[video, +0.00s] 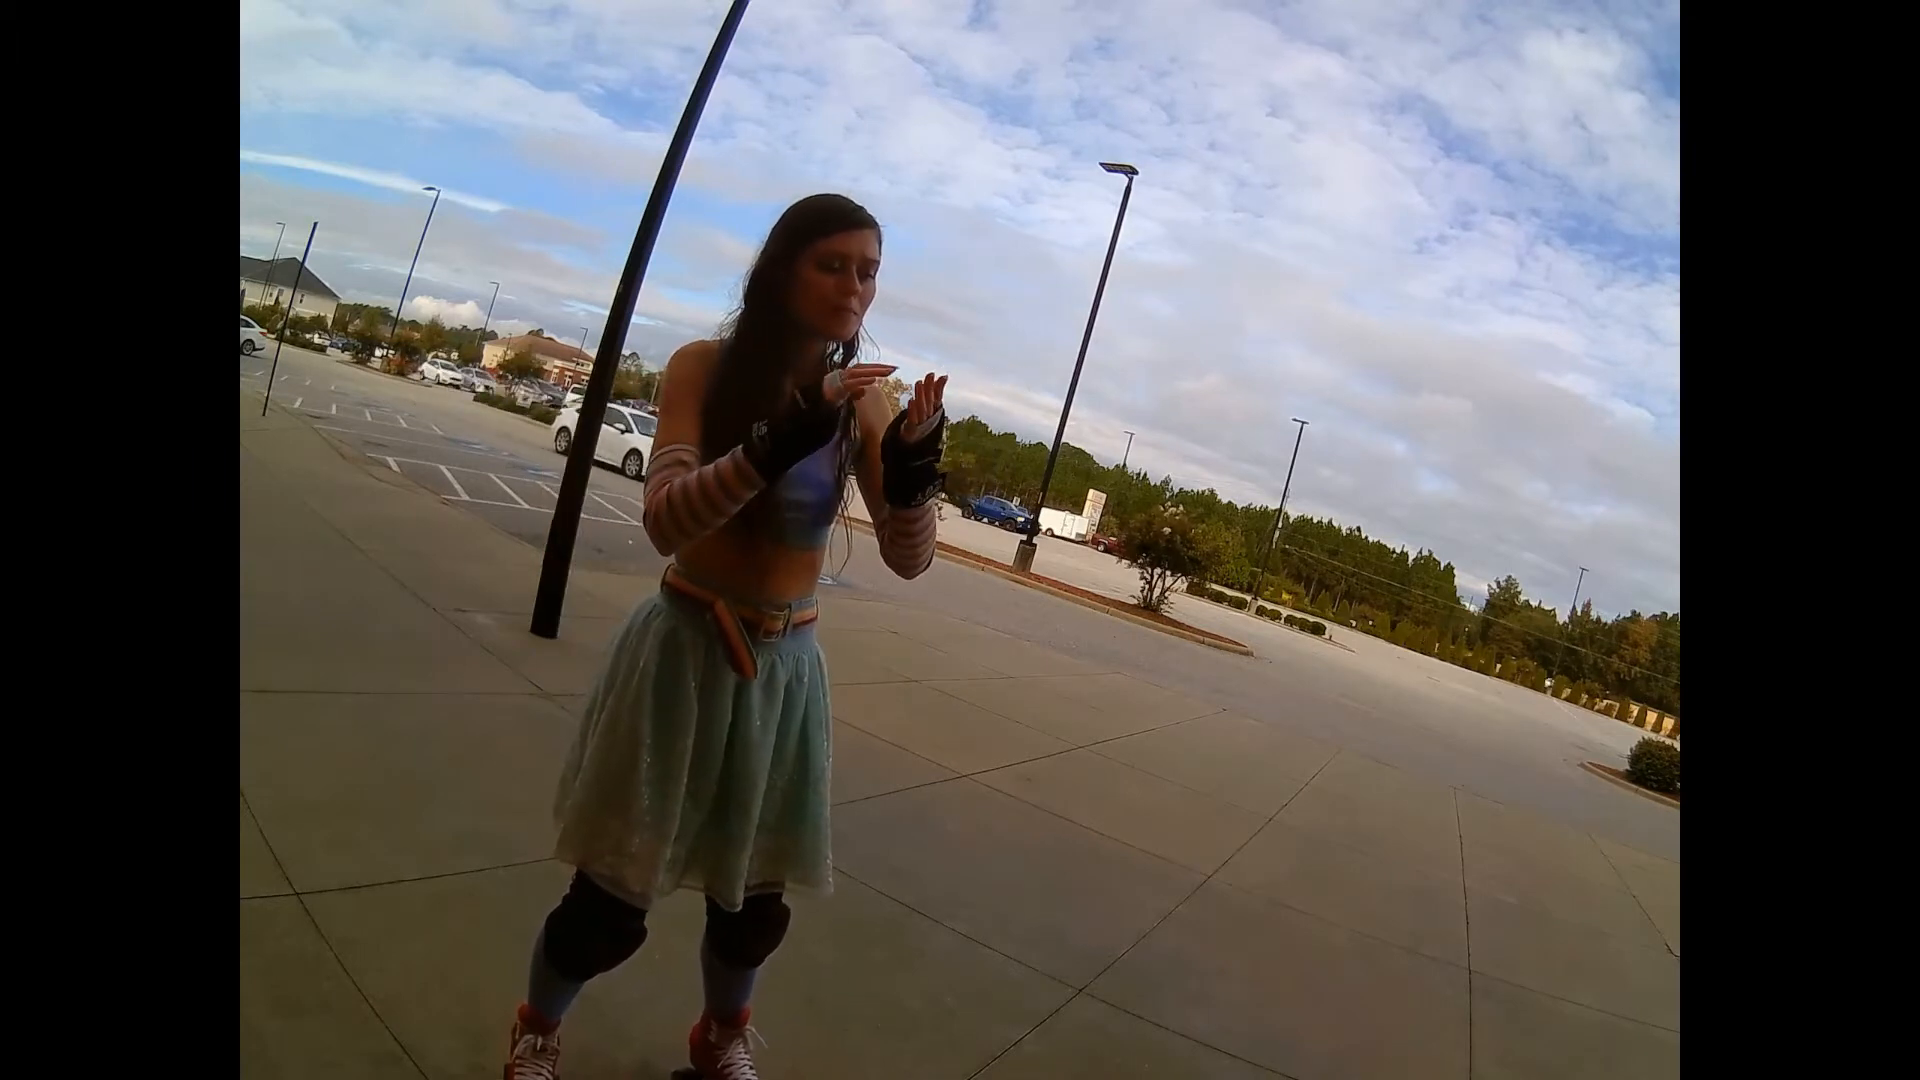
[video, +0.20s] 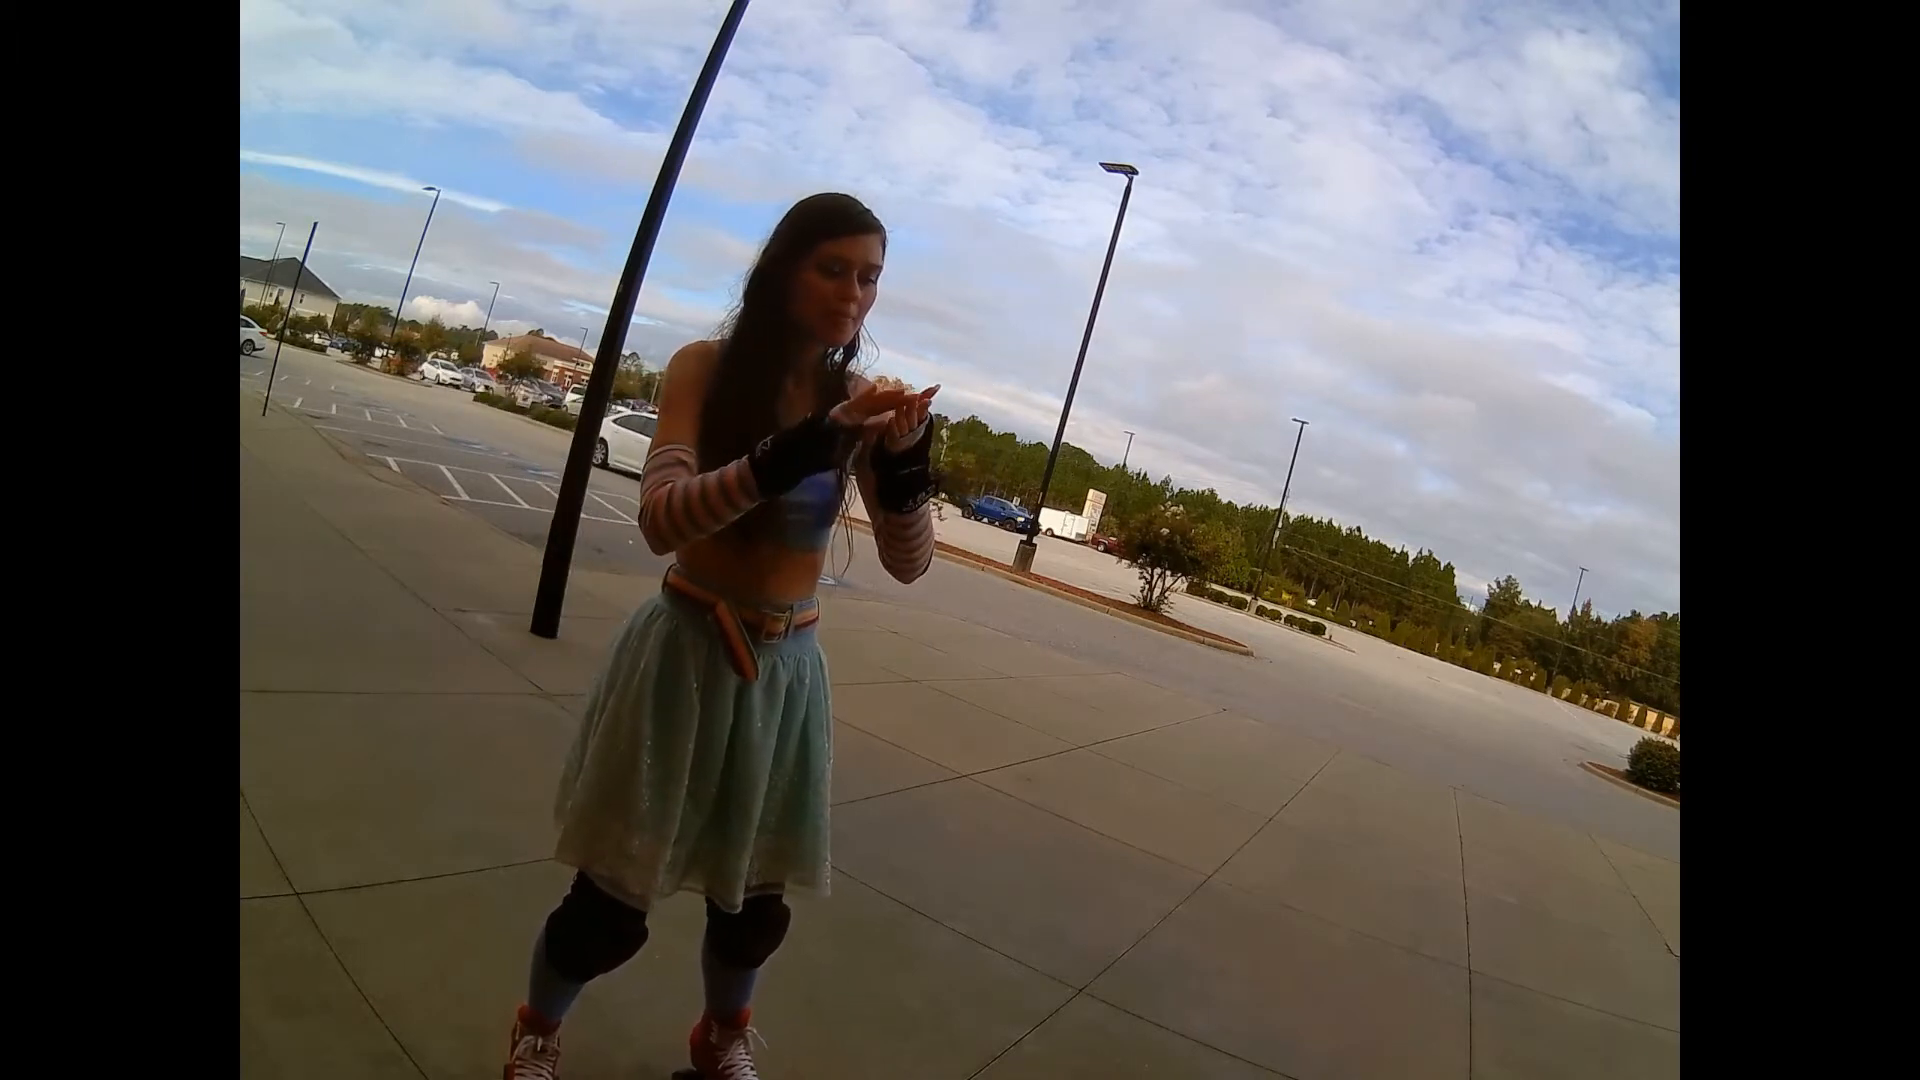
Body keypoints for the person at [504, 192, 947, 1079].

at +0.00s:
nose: (852, 286)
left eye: (867, 272)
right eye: (833, 265)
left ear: (875, 287)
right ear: (783, 269)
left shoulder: (859, 401)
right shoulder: (704, 369)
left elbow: (909, 558)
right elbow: (668, 521)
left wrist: (913, 453)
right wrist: (788, 436)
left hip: (786, 664)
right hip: (685, 647)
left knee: (756, 908)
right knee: (614, 905)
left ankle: (721, 1039)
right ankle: (536, 1032)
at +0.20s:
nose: (853, 292)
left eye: (869, 277)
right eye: (835, 270)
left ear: (877, 291)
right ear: (784, 270)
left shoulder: (858, 402)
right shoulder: (705, 368)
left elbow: (909, 562)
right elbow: (663, 521)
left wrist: (902, 461)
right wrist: (792, 455)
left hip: (787, 666)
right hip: (685, 648)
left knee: (756, 906)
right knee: (612, 908)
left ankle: (721, 1038)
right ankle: (535, 1036)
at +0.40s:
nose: (860, 299)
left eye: (875, 283)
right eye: (842, 276)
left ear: (882, 295)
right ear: (789, 272)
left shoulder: (862, 406)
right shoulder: (708, 371)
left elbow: (906, 567)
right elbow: (650, 526)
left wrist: (907, 484)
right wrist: (789, 465)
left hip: (788, 666)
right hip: (687, 648)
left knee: (757, 907)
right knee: (614, 907)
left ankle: (722, 1037)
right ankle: (535, 1035)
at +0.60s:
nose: (876, 300)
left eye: (888, 284)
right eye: (859, 277)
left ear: (891, 295)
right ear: (802, 272)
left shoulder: (866, 405)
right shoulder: (709, 372)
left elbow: (915, 559)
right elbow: (645, 531)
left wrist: (926, 472)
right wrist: (734, 507)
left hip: (788, 667)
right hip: (686, 650)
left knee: (757, 905)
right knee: (615, 904)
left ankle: (722, 1037)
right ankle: (536, 1034)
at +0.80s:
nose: (887, 315)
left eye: (898, 297)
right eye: (875, 290)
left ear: (892, 309)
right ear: (818, 279)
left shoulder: (859, 399)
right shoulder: (707, 375)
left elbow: (951, 525)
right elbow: (619, 530)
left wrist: (932, 411)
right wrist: (719, 486)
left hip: (788, 663)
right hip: (684, 649)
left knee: (754, 907)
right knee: (611, 909)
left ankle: (721, 1040)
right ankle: (536, 1037)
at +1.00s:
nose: (893, 318)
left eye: (902, 300)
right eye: (882, 296)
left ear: (894, 307)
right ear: (825, 286)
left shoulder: (857, 399)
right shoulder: (705, 378)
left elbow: (966, 507)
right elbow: (598, 529)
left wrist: (931, 393)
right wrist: (701, 464)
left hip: (788, 665)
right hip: (682, 649)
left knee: (756, 908)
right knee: (611, 909)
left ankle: (724, 1039)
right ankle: (537, 1034)